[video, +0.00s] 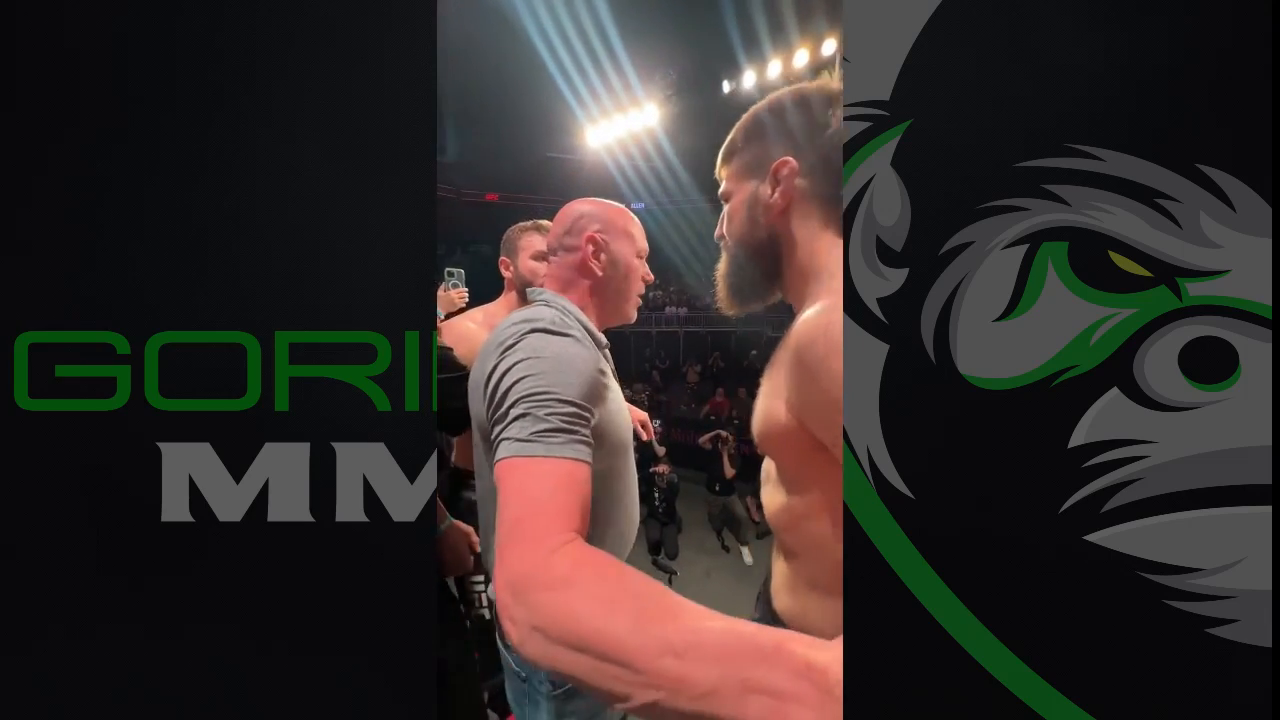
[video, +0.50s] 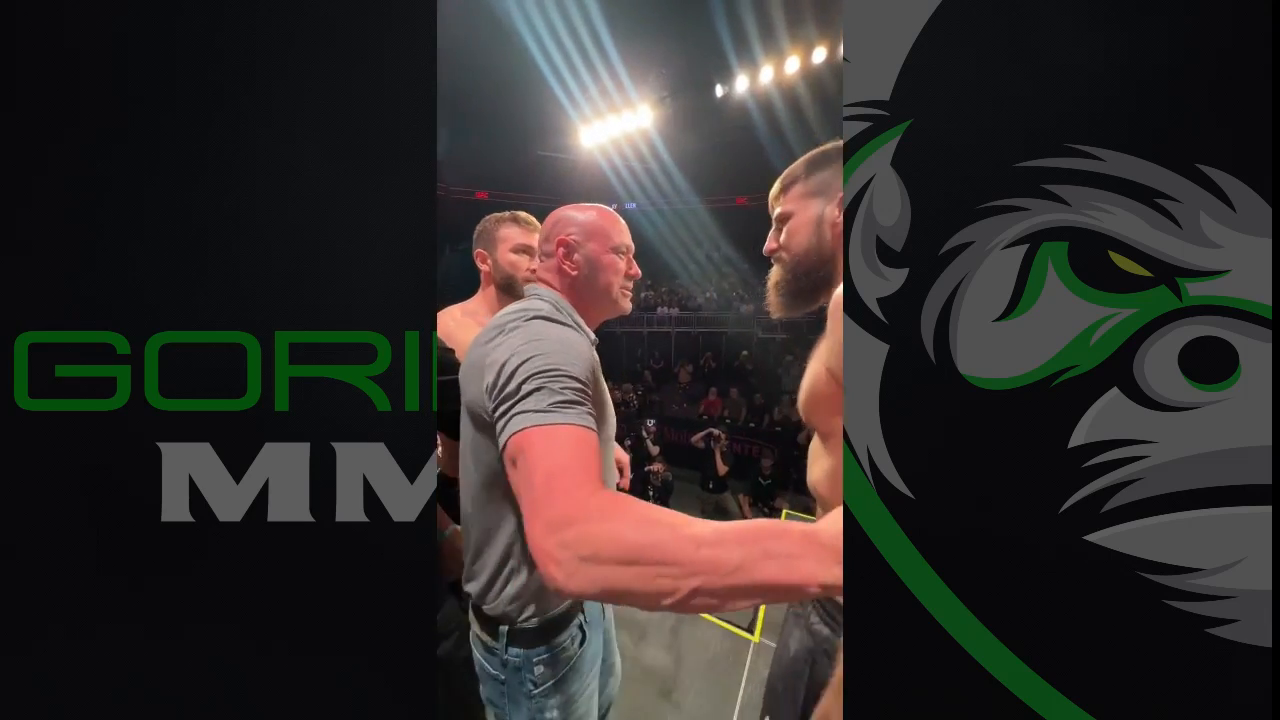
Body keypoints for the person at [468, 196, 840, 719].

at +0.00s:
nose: (650, 277)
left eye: (648, 261)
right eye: (641, 257)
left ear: (592, 257)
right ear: (595, 254)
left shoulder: (545, 333)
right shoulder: (549, 344)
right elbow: (538, 590)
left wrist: (614, 412)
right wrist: (818, 680)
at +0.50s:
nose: (637, 269)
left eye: (633, 256)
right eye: (621, 253)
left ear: (567, 256)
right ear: (567, 254)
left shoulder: (551, 331)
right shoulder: (538, 341)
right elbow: (574, 541)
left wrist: (598, 449)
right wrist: (823, 553)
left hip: (579, 616)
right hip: (536, 649)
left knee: (600, 703)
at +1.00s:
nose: (651, 271)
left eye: (647, 256)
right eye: (638, 254)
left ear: (588, 259)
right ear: (589, 256)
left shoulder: (557, 324)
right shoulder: (560, 336)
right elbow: (641, 503)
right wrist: (844, 543)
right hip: (559, 586)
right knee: (566, 710)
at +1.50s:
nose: (654, 288)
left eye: (653, 275)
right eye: (646, 273)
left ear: (599, 268)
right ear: (602, 266)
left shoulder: (560, 325)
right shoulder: (573, 347)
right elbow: (634, 484)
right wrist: (756, 468)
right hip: (553, 550)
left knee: (558, 678)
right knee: (559, 703)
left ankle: (567, 708)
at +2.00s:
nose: (596, 272)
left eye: (595, 261)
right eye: (585, 260)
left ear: (539, 262)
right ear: (542, 260)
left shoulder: (507, 318)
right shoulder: (539, 333)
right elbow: (631, 437)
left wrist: (625, 438)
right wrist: (752, 445)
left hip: (505, 529)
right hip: (534, 539)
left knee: (504, 649)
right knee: (572, 692)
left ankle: (503, 712)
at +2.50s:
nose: (558, 255)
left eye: (555, 241)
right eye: (544, 242)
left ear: (494, 249)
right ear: (495, 246)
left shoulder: (458, 309)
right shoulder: (497, 327)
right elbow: (601, 434)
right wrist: (718, 444)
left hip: (468, 529)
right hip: (502, 544)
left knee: (467, 622)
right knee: (523, 692)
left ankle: (433, 696)